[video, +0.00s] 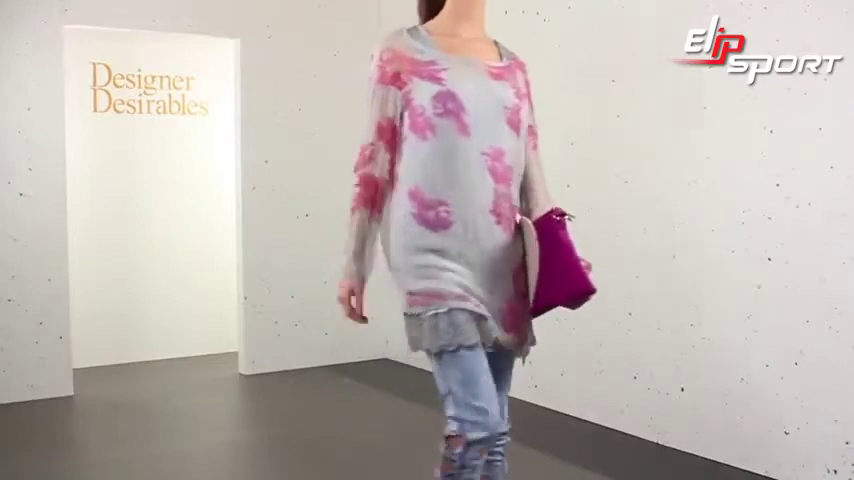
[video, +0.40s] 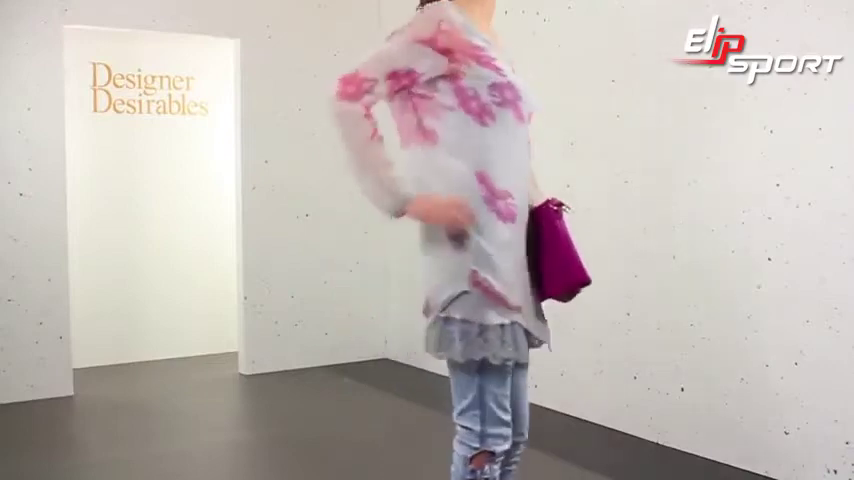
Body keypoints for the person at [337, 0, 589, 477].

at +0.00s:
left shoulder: (513, 67)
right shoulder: (402, 51)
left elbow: (531, 175)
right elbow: (376, 163)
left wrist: (560, 262)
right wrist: (356, 263)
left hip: (504, 266)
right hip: (432, 261)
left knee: (494, 429)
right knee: (477, 423)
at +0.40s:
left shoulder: (484, 40)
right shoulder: (438, 25)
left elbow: (493, 142)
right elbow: (350, 97)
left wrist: (535, 201)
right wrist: (399, 200)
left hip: (508, 261)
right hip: (472, 262)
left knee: (511, 436)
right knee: (483, 440)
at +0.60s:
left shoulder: (480, 31)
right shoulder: (458, 18)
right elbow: (417, 83)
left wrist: (528, 195)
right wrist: (473, 170)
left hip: (504, 236)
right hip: (481, 234)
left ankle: (495, 462)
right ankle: (483, 462)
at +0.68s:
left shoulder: (482, 25)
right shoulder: (464, 14)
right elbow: (443, 96)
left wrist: (529, 186)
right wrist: (485, 178)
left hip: (511, 255)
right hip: (485, 258)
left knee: (505, 439)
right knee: (487, 436)